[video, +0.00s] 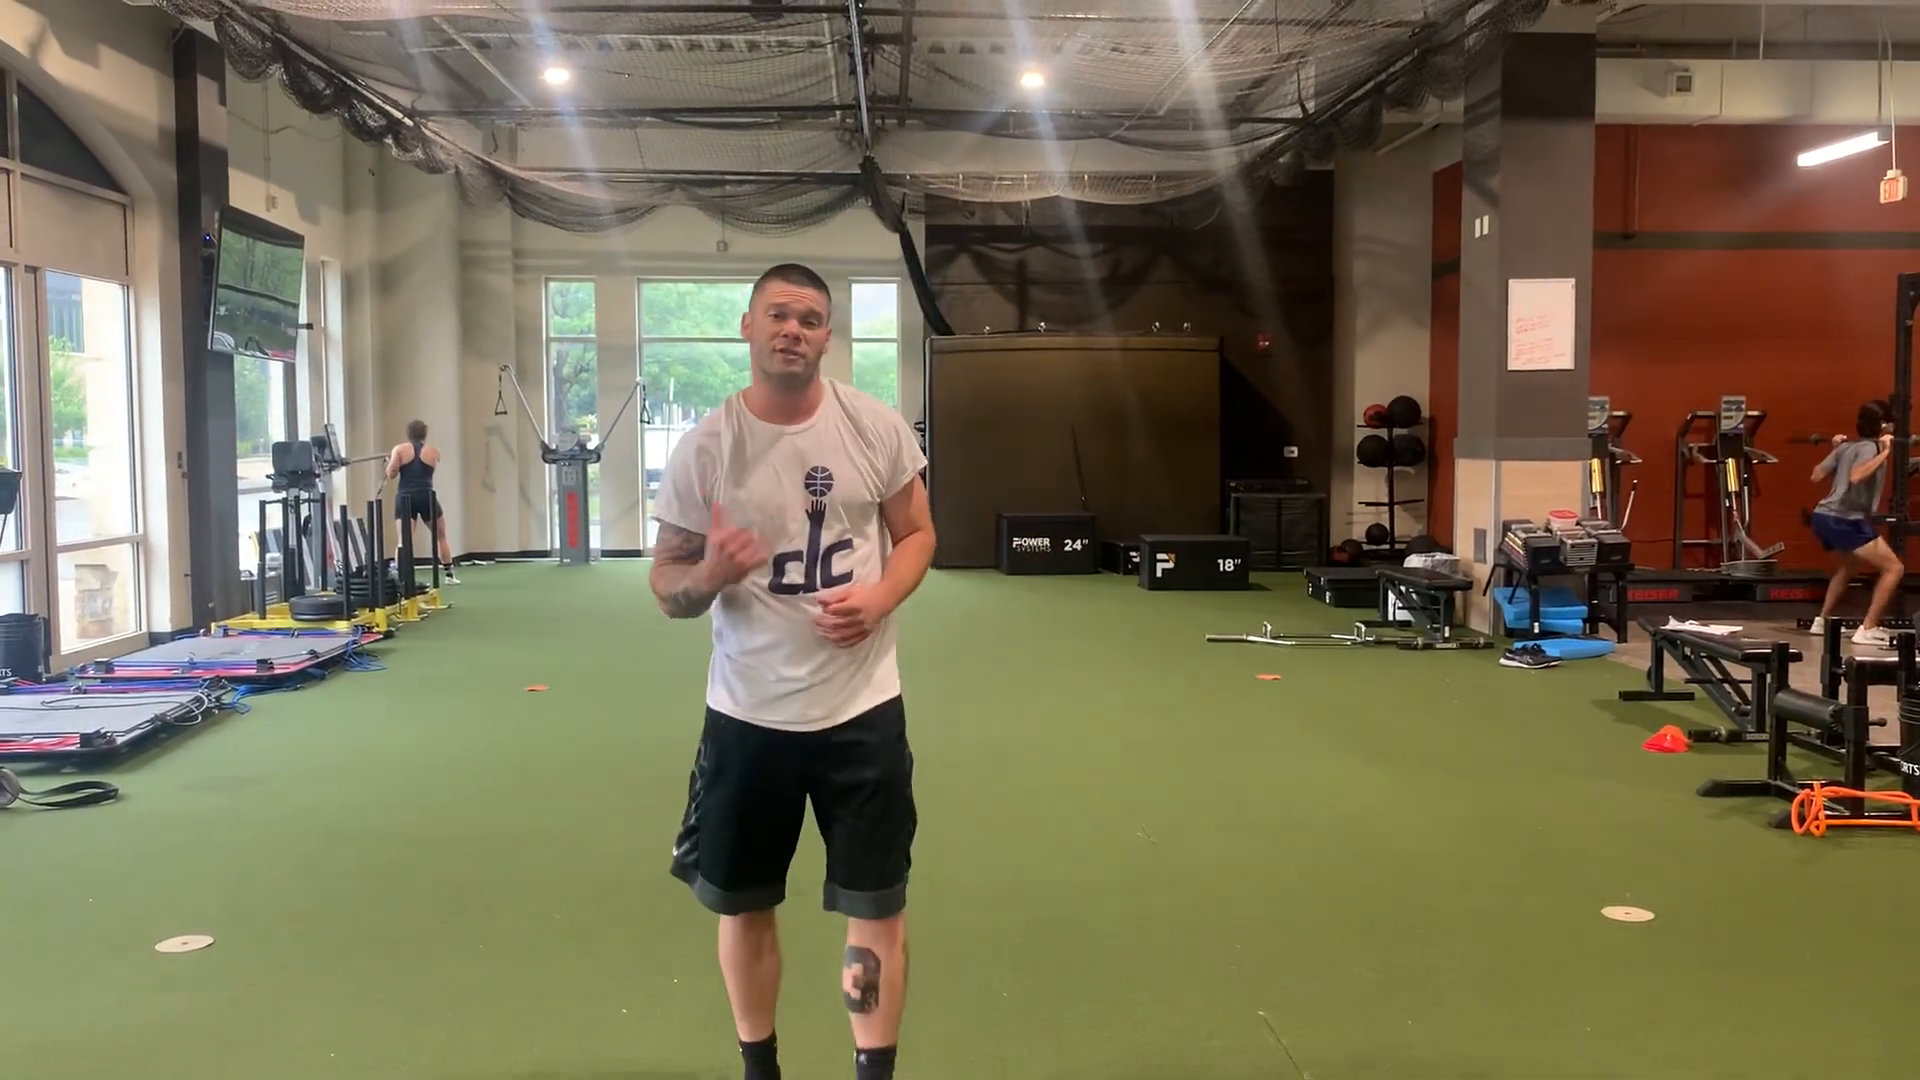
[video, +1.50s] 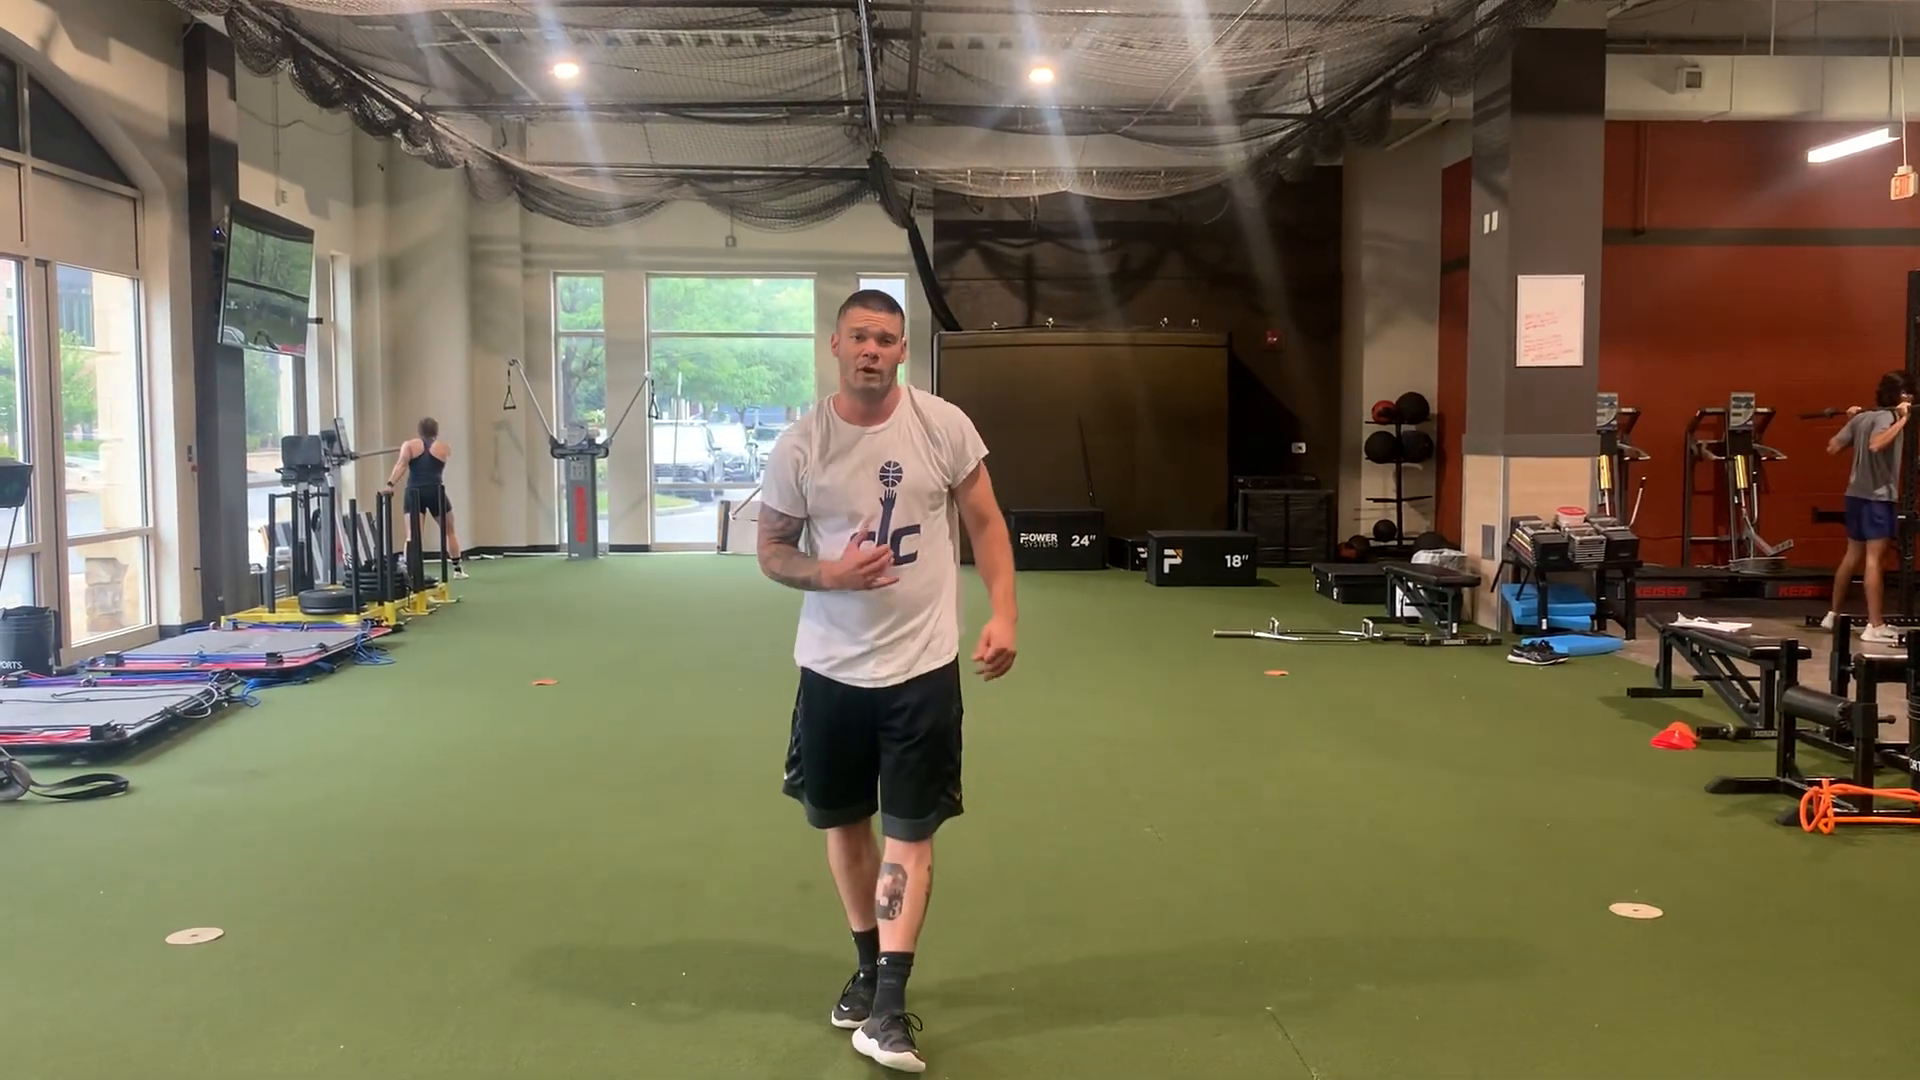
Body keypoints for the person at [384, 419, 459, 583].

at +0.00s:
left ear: (408, 434)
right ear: (425, 435)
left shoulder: (399, 450)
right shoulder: (433, 452)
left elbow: (390, 473)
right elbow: (430, 470)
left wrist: (389, 463)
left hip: (405, 497)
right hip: (426, 495)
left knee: (402, 540)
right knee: (440, 536)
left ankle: (398, 573)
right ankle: (449, 574)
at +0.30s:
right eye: (427, 435)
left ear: (413, 436)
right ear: (429, 436)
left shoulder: (403, 452)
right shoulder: (437, 454)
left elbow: (395, 476)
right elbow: (434, 472)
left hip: (409, 499)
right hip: (430, 498)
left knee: (407, 543)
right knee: (444, 538)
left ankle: (402, 577)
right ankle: (453, 576)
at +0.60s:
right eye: (430, 435)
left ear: (415, 436)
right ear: (432, 437)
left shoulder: (406, 453)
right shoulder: (440, 454)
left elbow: (399, 476)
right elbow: (436, 473)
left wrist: (388, 494)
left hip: (411, 499)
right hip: (433, 498)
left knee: (409, 543)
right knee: (446, 538)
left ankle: (404, 576)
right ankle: (455, 576)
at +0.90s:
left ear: (416, 434)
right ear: (432, 435)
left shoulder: (406, 450)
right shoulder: (441, 451)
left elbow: (400, 474)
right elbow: (437, 471)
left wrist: (388, 494)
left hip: (413, 497)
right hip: (434, 496)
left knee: (410, 540)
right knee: (447, 535)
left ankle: (405, 573)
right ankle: (456, 573)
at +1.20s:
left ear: (418, 431)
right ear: (434, 432)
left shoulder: (408, 446)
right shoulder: (443, 449)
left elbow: (400, 469)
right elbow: (438, 469)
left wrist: (390, 488)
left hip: (414, 494)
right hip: (435, 493)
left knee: (411, 536)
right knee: (448, 532)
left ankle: (406, 570)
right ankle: (457, 570)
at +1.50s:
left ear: (419, 431)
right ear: (436, 432)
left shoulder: (409, 446)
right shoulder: (444, 448)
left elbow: (401, 465)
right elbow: (439, 467)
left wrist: (390, 484)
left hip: (414, 492)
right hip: (435, 491)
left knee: (412, 535)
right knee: (449, 531)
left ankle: (410, 571)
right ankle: (458, 568)